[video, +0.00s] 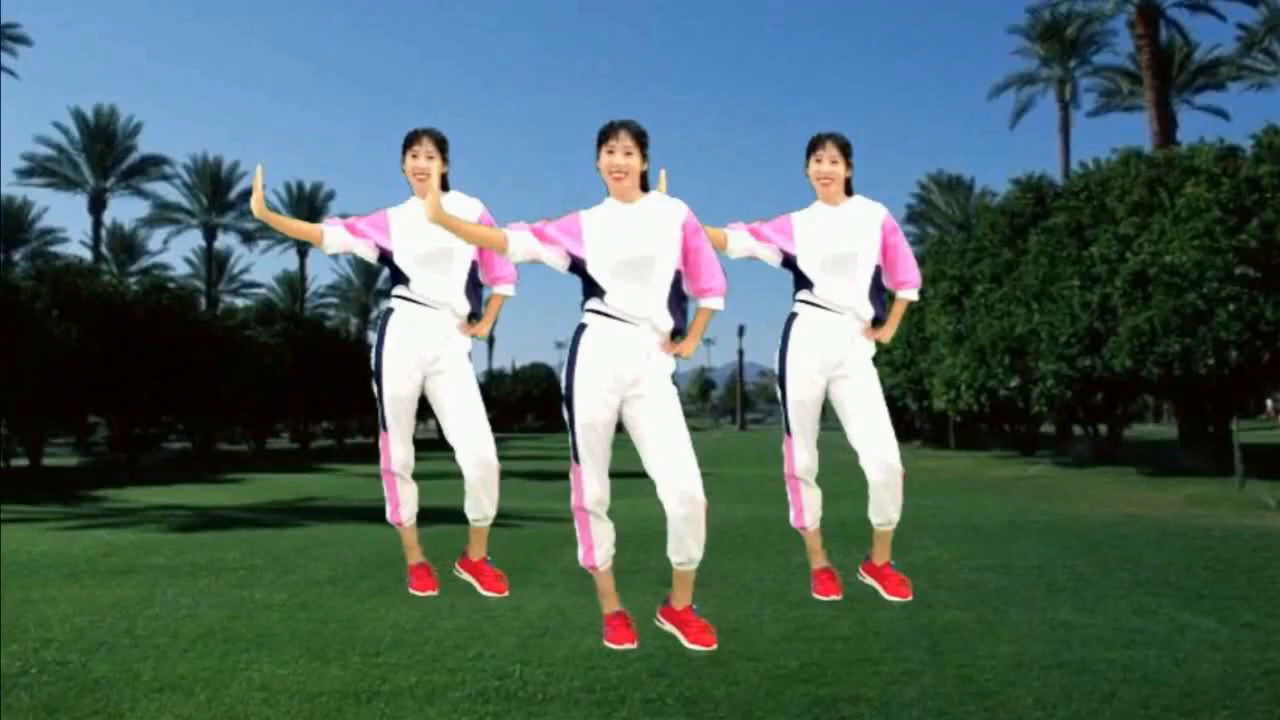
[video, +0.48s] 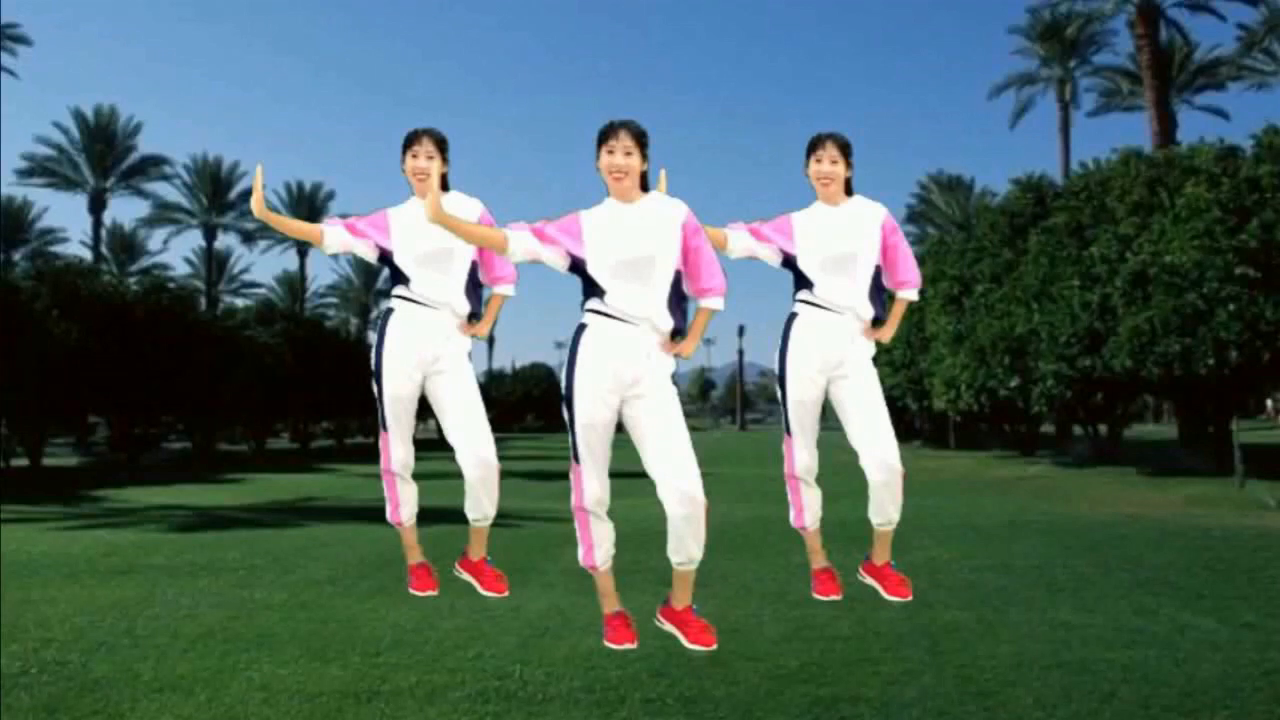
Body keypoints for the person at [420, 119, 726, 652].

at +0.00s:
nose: (618, 160)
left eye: (627, 152)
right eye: (609, 152)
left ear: (644, 162)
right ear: (598, 163)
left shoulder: (675, 215)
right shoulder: (585, 223)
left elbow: (711, 284)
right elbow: (509, 241)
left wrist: (689, 343)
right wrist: (442, 218)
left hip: (653, 354)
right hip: (598, 349)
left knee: (686, 492)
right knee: (593, 489)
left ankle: (680, 606)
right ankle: (612, 611)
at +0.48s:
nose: (618, 160)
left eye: (627, 152)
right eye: (609, 152)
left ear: (644, 162)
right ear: (598, 163)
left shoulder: (675, 216)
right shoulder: (586, 223)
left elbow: (711, 284)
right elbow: (510, 241)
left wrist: (689, 342)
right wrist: (443, 218)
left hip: (653, 354)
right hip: (598, 349)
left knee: (686, 492)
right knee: (593, 488)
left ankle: (679, 606)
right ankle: (612, 611)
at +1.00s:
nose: (618, 160)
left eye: (628, 152)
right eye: (609, 152)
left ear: (644, 162)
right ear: (598, 163)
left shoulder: (675, 216)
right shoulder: (586, 223)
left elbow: (711, 284)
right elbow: (510, 241)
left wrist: (689, 342)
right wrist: (443, 218)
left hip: (653, 353)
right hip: (598, 348)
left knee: (686, 493)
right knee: (593, 489)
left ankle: (679, 607)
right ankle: (612, 610)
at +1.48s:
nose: (618, 160)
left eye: (628, 152)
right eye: (609, 152)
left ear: (644, 162)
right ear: (598, 163)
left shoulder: (675, 216)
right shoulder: (586, 222)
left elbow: (711, 285)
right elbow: (510, 241)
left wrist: (689, 342)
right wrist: (443, 218)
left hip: (654, 353)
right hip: (598, 348)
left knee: (686, 492)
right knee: (593, 489)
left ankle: (679, 607)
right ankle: (612, 610)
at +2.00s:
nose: (618, 160)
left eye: (628, 152)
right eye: (609, 152)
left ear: (644, 162)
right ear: (598, 163)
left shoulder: (675, 216)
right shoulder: (586, 223)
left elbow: (711, 284)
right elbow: (510, 241)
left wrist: (689, 342)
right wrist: (442, 218)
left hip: (654, 353)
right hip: (598, 348)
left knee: (686, 492)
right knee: (593, 488)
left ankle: (679, 607)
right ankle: (612, 610)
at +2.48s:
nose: (618, 160)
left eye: (627, 152)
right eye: (609, 152)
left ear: (644, 162)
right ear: (598, 163)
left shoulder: (675, 215)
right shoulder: (586, 223)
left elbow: (711, 284)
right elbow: (510, 241)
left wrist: (689, 342)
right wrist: (443, 218)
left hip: (653, 353)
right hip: (598, 349)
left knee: (686, 492)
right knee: (593, 489)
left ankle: (679, 607)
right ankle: (612, 611)